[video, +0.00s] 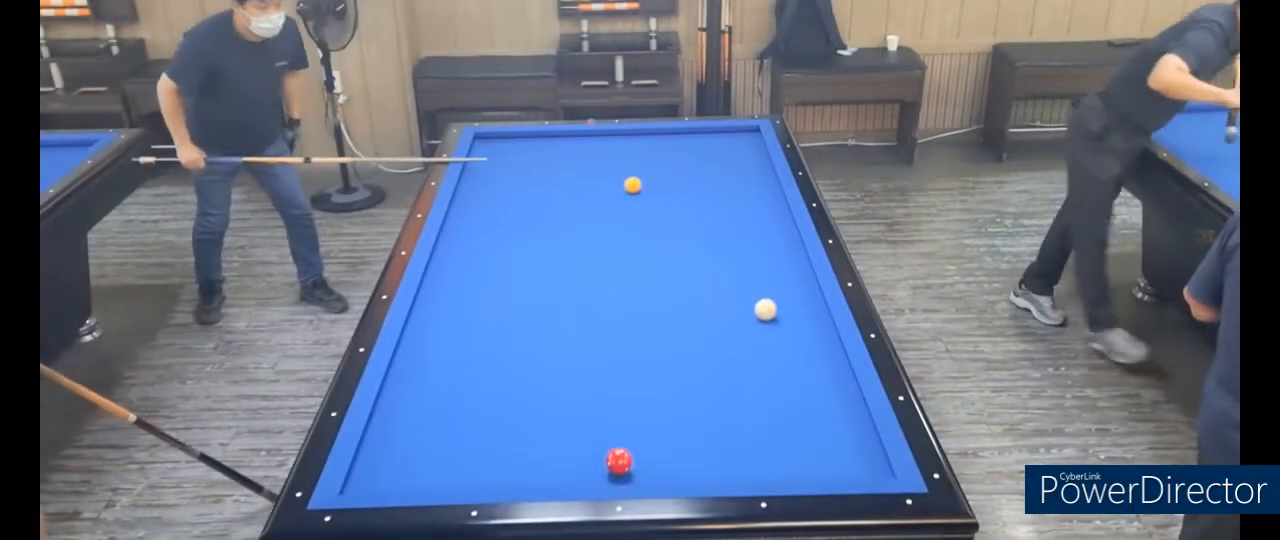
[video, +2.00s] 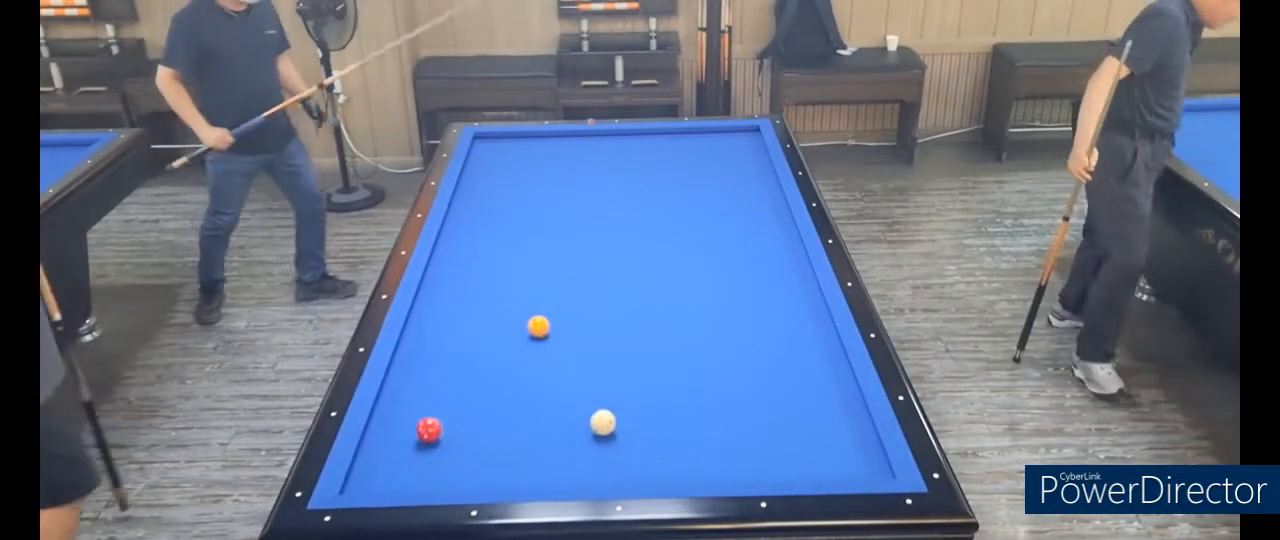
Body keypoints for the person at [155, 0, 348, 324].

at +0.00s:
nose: (271, 18)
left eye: (276, 9)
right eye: (260, 10)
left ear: (282, 7)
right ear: (239, 8)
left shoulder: (286, 30)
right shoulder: (204, 39)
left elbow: (293, 73)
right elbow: (167, 86)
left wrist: (294, 116)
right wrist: (183, 144)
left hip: (267, 141)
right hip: (215, 147)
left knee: (299, 210)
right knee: (212, 222)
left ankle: (313, 283)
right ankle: (209, 292)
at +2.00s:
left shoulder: (263, 9)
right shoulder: (190, 20)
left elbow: (280, 60)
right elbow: (166, 79)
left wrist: (307, 97)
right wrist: (205, 130)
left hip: (280, 139)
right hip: (231, 148)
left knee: (311, 202)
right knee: (221, 220)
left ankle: (312, 280)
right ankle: (210, 291)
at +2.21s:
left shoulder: (292, 6)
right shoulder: (228, 18)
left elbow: (306, 47)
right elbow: (215, 79)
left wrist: (329, 67)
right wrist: (260, 125)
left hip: (311, 131)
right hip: (274, 140)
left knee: (323, 207)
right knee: (275, 219)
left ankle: (313, 280)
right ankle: (235, 282)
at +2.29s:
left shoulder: (299, 5)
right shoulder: (237, 15)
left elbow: (312, 42)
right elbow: (230, 80)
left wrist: (337, 59)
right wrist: (278, 123)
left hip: (317, 129)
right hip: (282, 138)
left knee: (324, 209)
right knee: (296, 214)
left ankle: (313, 280)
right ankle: (262, 285)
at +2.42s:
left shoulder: (307, 4)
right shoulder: (257, 11)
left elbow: (318, 39)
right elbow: (257, 80)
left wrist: (349, 52)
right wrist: (312, 116)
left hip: (324, 125)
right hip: (296, 132)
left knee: (324, 206)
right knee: (327, 209)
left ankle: (310, 280)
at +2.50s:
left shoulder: (310, 5)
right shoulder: (267, 12)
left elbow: (322, 42)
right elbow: (271, 80)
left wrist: (355, 50)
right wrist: (329, 113)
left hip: (327, 128)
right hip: (305, 133)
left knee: (320, 208)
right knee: (340, 210)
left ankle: (312, 280)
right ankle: (362, 288)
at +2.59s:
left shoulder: (321, 6)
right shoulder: (290, 11)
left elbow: (326, 48)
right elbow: (298, 84)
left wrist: (361, 48)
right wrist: (356, 110)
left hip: (335, 128)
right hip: (319, 132)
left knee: (323, 206)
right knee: (361, 205)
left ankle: (313, 279)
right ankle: (395, 270)